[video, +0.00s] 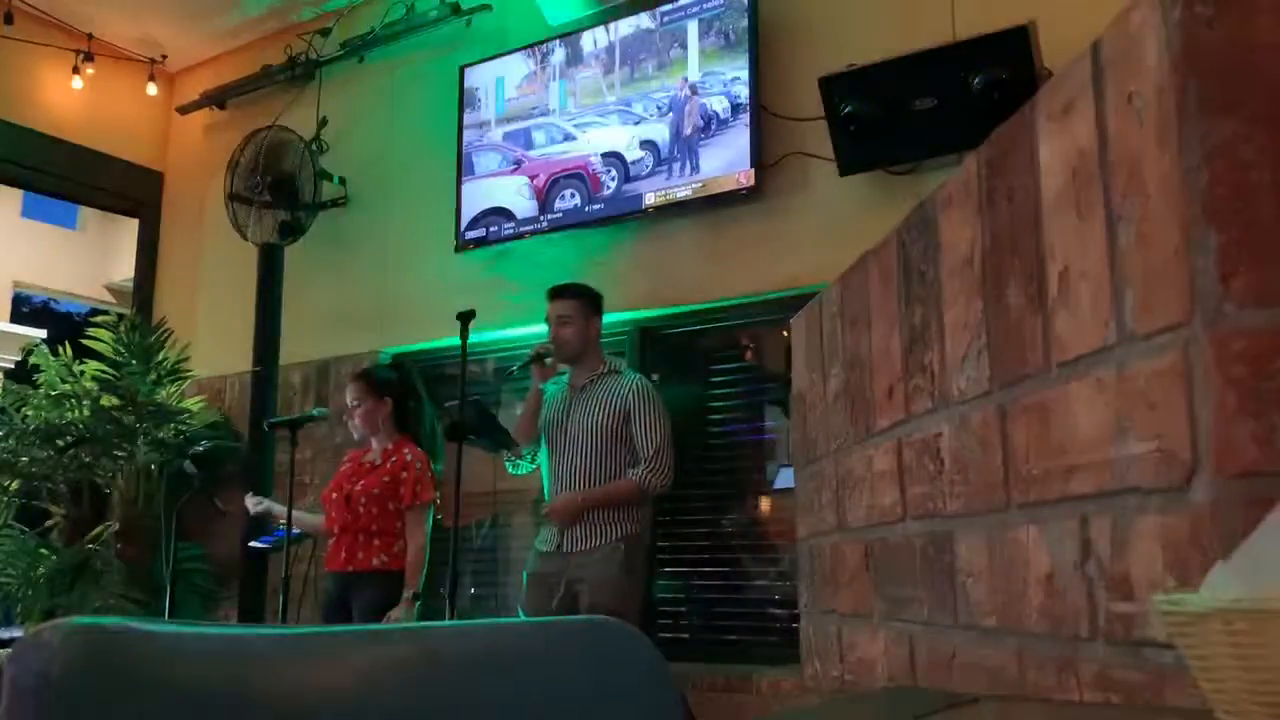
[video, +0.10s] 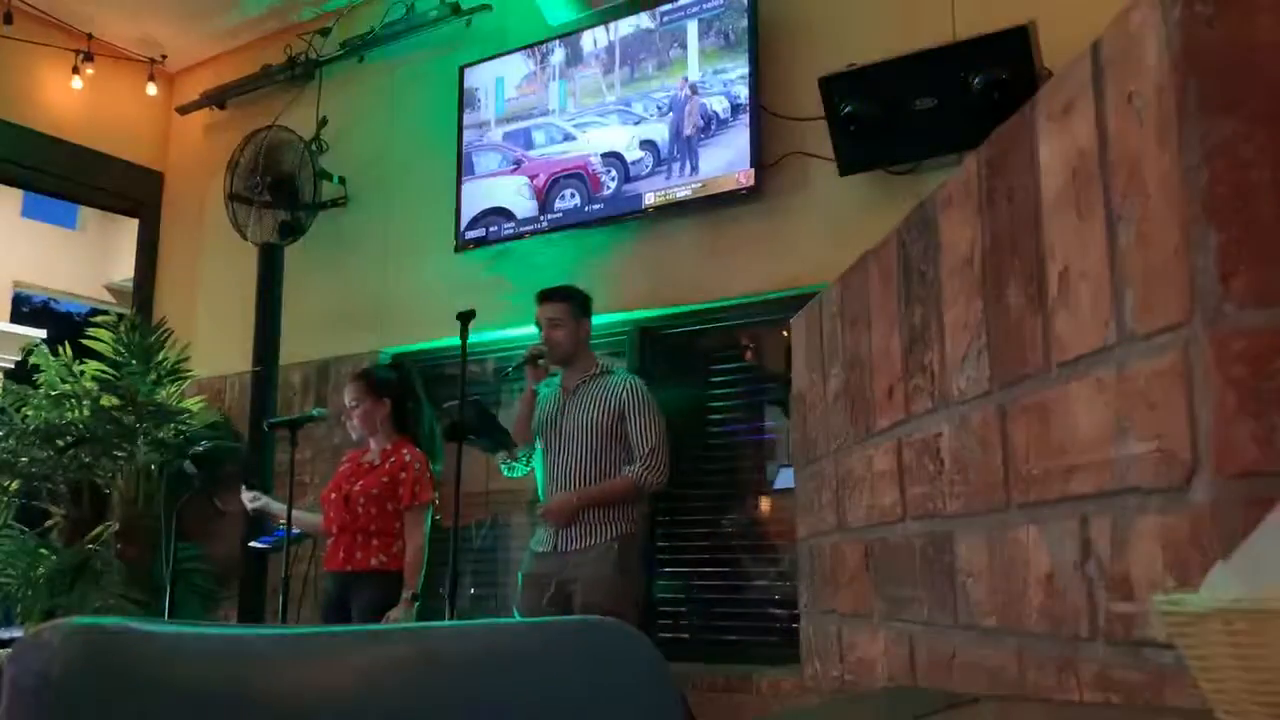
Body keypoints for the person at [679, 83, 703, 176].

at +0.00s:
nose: (687, 91)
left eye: (688, 89)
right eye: (687, 89)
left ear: (691, 90)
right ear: (693, 89)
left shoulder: (695, 100)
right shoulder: (690, 100)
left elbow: (695, 117)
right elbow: (689, 117)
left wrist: (690, 129)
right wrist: (685, 129)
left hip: (693, 130)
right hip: (687, 131)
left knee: (694, 150)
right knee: (690, 150)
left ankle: (696, 168)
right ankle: (692, 168)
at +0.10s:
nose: (687, 91)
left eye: (688, 89)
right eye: (687, 89)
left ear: (691, 90)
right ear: (693, 89)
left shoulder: (695, 100)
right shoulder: (690, 100)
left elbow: (695, 116)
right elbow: (689, 116)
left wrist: (692, 129)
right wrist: (685, 129)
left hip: (692, 131)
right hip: (687, 131)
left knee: (693, 150)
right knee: (690, 150)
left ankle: (695, 169)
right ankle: (692, 168)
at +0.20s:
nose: (687, 91)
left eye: (689, 89)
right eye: (687, 89)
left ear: (692, 90)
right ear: (691, 90)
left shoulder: (696, 101)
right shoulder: (690, 101)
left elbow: (696, 117)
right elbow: (688, 117)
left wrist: (692, 129)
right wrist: (685, 129)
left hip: (693, 130)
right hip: (687, 130)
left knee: (694, 150)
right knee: (690, 150)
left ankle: (695, 169)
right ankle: (692, 169)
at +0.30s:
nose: (688, 92)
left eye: (689, 90)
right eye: (687, 90)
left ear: (693, 90)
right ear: (688, 90)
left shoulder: (697, 101)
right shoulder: (688, 102)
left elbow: (697, 117)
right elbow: (687, 118)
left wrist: (695, 129)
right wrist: (684, 130)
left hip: (693, 131)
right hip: (686, 131)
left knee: (693, 150)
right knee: (690, 151)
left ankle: (695, 170)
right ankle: (692, 170)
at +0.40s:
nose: (688, 91)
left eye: (689, 89)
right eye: (688, 89)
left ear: (693, 90)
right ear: (689, 90)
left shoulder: (697, 101)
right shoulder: (689, 101)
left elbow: (698, 117)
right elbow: (687, 117)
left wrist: (695, 129)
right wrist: (685, 130)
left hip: (693, 131)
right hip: (687, 131)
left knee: (694, 151)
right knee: (690, 151)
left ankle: (695, 170)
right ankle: (693, 169)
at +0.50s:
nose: (688, 92)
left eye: (690, 90)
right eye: (688, 90)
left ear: (694, 91)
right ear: (687, 91)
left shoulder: (698, 101)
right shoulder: (688, 102)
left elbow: (700, 116)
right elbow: (686, 118)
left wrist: (697, 127)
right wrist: (684, 130)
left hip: (694, 131)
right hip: (687, 131)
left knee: (694, 151)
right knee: (690, 152)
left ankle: (696, 169)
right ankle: (692, 169)